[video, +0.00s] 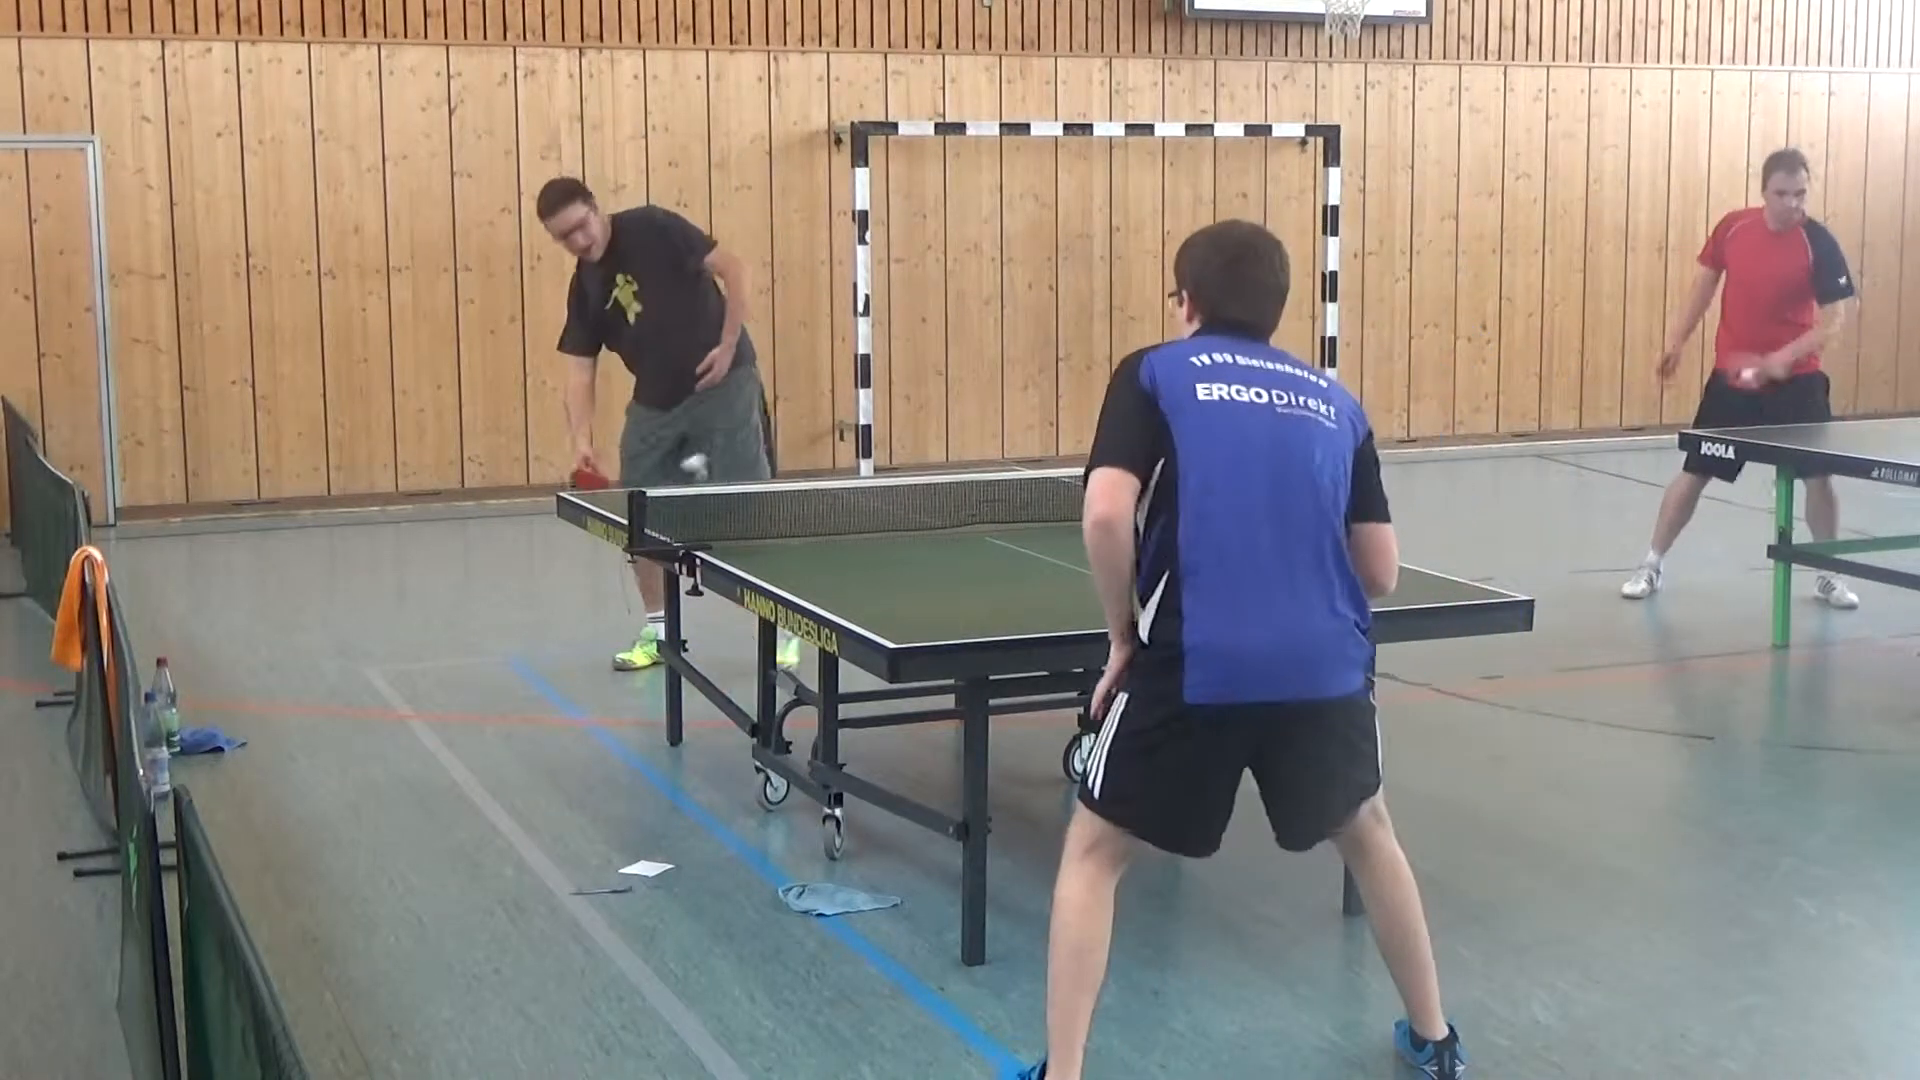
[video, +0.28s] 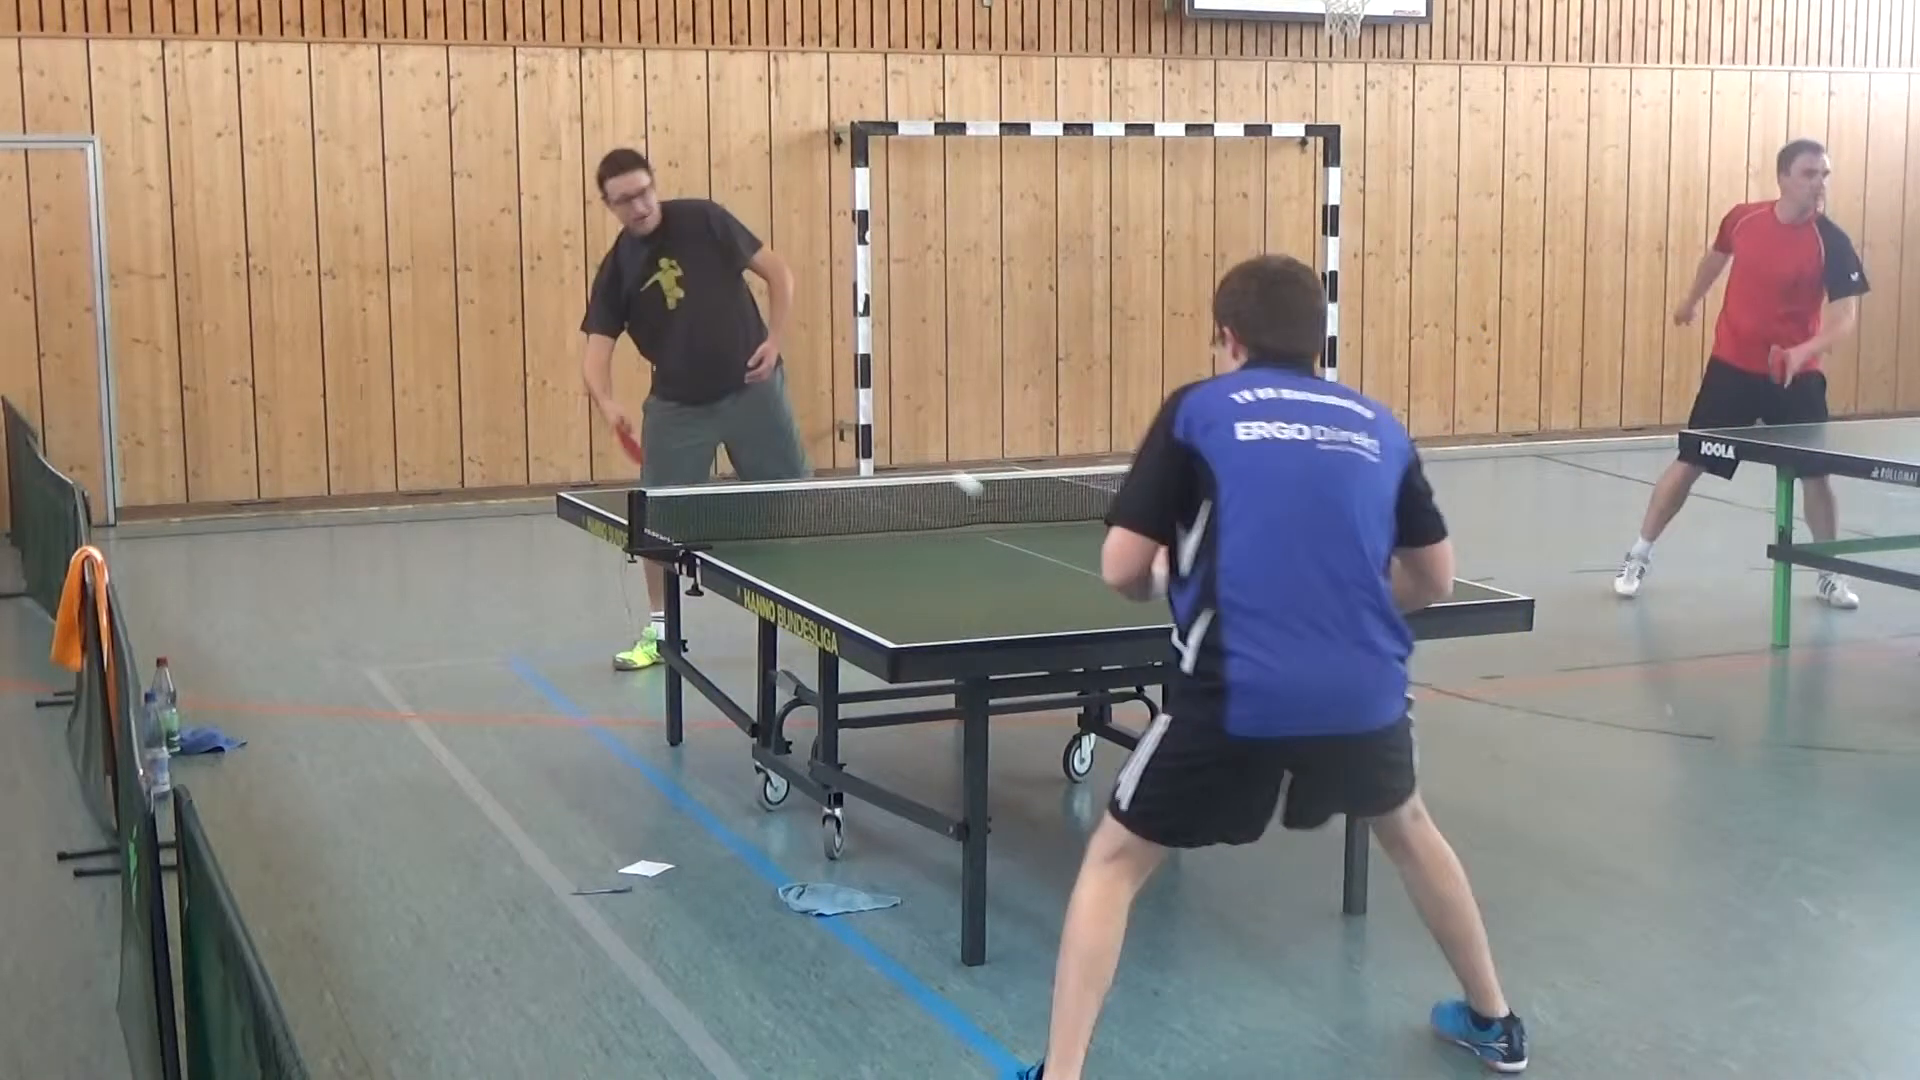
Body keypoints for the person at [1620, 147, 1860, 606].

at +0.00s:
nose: (1794, 202)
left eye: (1801, 192)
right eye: (1784, 193)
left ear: (1809, 191)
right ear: (1764, 192)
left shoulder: (1818, 241)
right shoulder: (1733, 228)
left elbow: (1833, 325)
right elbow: (1703, 289)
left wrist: (1782, 357)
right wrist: (1675, 344)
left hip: (1797, 382)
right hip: (1732, 379)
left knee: (1818, 476)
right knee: (1695, 472)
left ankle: (1827, 574)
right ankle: (1651, 565)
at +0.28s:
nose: (1820, 183)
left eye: (1824, 174)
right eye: (1809, 174)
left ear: (1828, 178)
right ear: (1783, 178)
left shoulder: (1832, 241)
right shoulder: (1742, 220)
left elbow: (1843, 321)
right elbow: (1715, 259)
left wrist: (1803, 350)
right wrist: (1689, 300)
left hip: (1797, 378)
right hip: (1732, 370)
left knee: (1816, 475)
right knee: (1690, 461)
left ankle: (1827, 573)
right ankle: (1638, 555)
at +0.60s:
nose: (1773, 188)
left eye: (1776, 180)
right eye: (1764, 179)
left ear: (1771, 185)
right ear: (1734, 183)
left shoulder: (1777, 241)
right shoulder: (1688, 227)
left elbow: (1790, 301)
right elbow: (1633, 268)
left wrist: (1771, 335)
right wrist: (1599, 323)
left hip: (1750, 380)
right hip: (1689, 380)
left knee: (1783, 474)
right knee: (1659, 473)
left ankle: (1817, 570)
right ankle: (1610, 567)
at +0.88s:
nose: (1743, 187)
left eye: (1745, 180)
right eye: (1733, 180)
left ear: (1745, 183)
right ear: (1704, 183)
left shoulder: (1748, 240)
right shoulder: (1667, 231)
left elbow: (1754, 311)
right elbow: (1602, 276)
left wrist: (1742, 353)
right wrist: (1555, 328)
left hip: (1723, 383)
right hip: (1666, 381)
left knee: (1745, 471)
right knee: (1629, 477)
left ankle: (1728, 563)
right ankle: (1557, 560)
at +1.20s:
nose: (1748, 193)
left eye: (1749, 186)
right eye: (1741, 184)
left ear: (1735, 192)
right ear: (1711, 185)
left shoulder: (1735, 255)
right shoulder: (1672, 218)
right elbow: (1608, 259)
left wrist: (1845, 353)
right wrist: (1562, 315)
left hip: (1686, 374)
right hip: (1634, 365)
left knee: (1709, 463)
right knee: (1602, 465)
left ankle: (1704, 563)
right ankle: (1528, 562)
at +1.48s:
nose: (1729, 167)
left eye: (1730, 160)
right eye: (1718, 160)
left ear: (1729, 169)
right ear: (1691, 169)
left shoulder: (1733, 236)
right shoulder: (1652, 214)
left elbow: (1758, 304)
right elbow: (1595, 262)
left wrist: (1787, 366)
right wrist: (1553, 314)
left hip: (1695, 371)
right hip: (1640, 365)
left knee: (1704, 467)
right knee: (1613, 462)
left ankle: (1704, 563)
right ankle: (1565, 563)